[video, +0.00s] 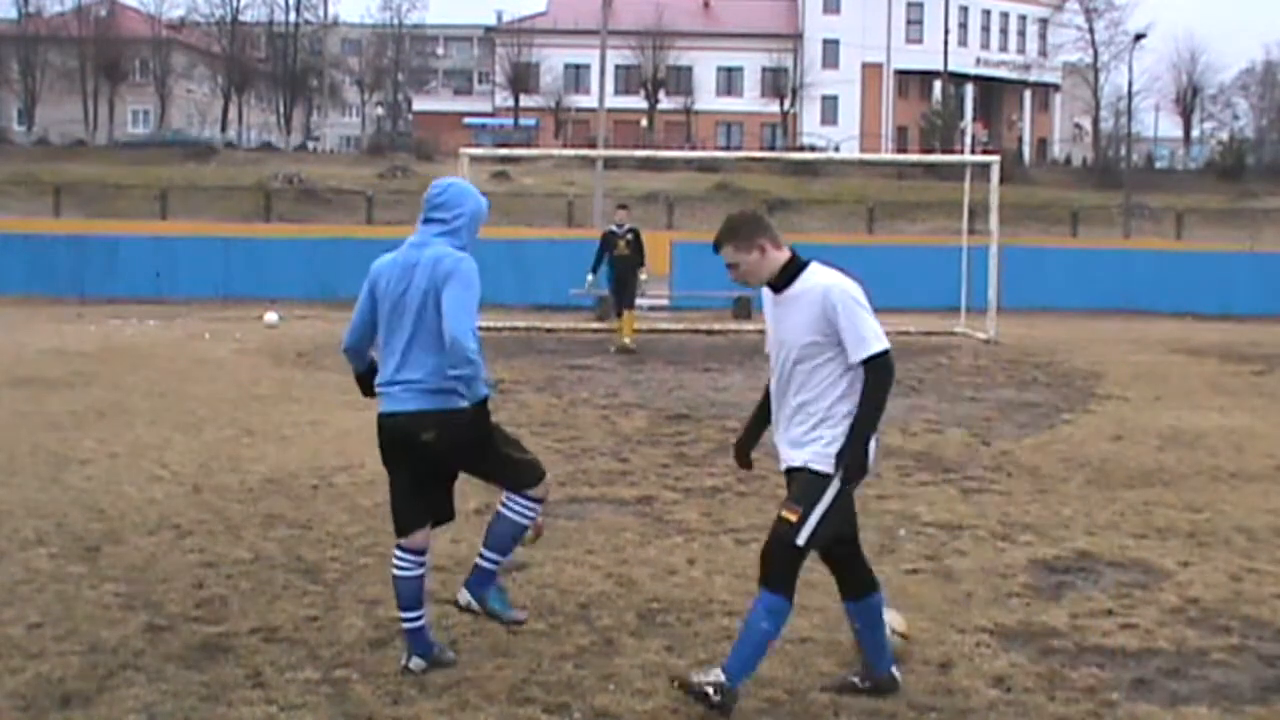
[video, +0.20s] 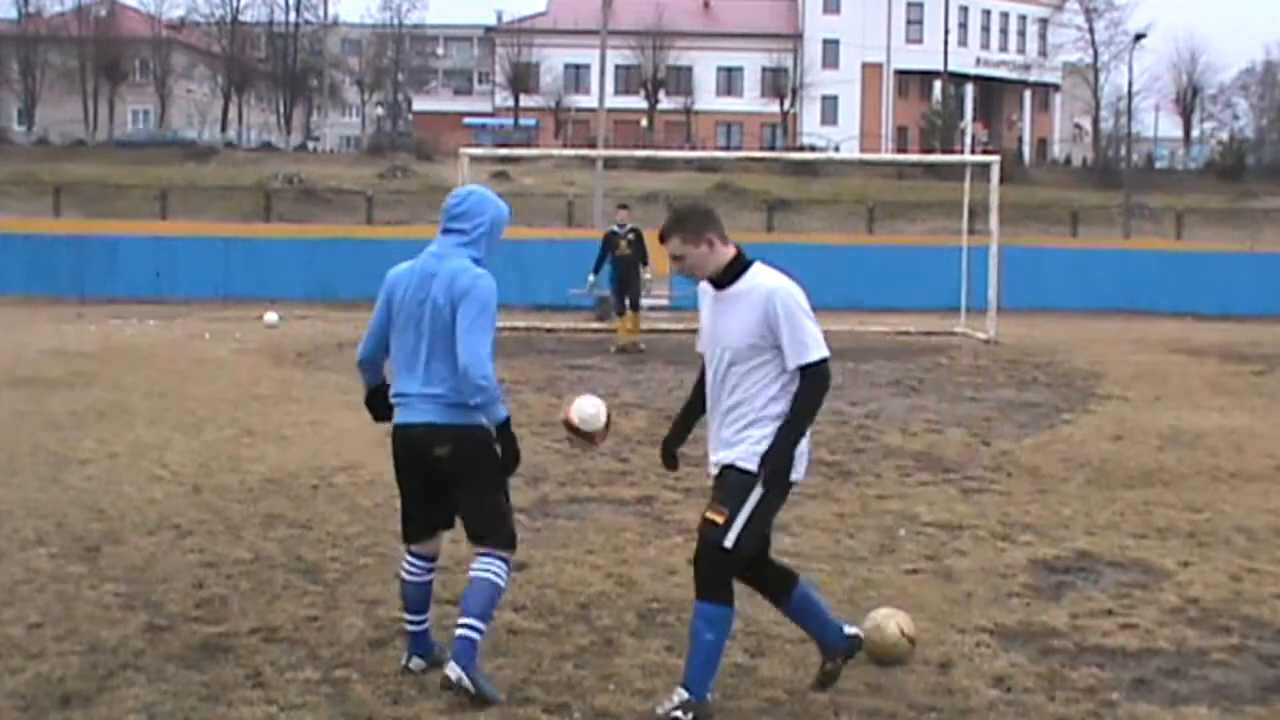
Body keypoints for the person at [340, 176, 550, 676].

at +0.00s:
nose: (478, 235)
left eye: (480, 226)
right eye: (476, 226)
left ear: (427, 214)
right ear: (463, 222)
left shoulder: (384, 265)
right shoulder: (458, 264)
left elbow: (354, 342)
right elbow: (459, 337)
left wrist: (365, 371)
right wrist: (479, 390)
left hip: (396, 422)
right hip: (450, 418)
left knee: (412, 535)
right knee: (530, 483)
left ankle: (418, 646)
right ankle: (483, 583)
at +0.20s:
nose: (498, 242)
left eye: (499, 232)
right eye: (497, 232)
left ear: (448, 223)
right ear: (482, 230)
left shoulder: (401, 275)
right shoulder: (476, 282)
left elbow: (370, 353)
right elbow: (473, 368)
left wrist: (375, 387)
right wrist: (503, 423)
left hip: (410, 434)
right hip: (463, 434)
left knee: (421, 541)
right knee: (495, 545)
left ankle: (418, 650)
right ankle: (464, 657)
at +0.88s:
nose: (506, 237)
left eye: (506, 226)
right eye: (503, 227)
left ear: (453, 223)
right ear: (484, 228)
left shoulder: (404, 274)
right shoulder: (471, 283)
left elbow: (379, 360)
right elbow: (463, 363)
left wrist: (413, 402)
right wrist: (508, 406)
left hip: (386, 431)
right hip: (443, 437)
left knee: (386, 556)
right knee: (466, 557)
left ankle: (366, 684)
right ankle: (459, 682)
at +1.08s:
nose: (500, 233)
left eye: (497, 222)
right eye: (496, 225)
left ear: (451, 222)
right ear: (483, 225)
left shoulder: (418, 272)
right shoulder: (478, 280)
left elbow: (414, 350)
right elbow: (475, 366)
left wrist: (468, 386)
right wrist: (494, 393)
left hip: (393, 429)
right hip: (446, 436)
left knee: (390, 559)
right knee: (484, 555)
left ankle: (366, 684)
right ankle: (454, 682)